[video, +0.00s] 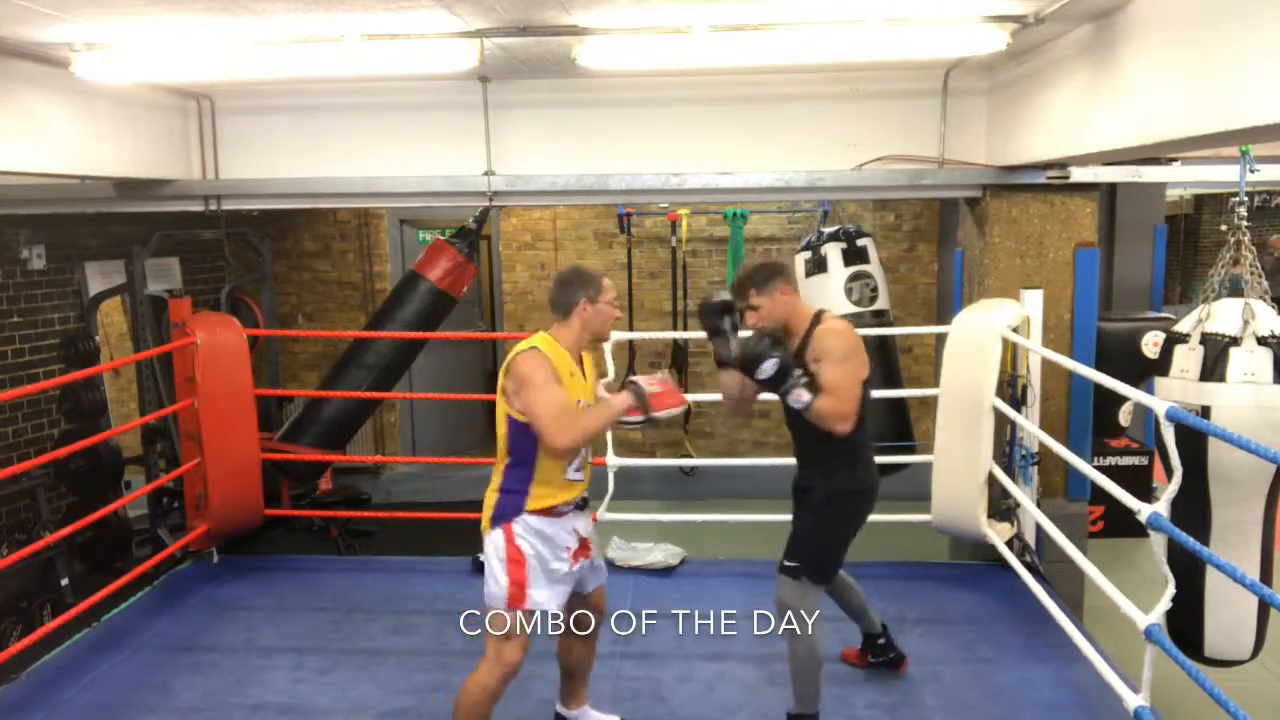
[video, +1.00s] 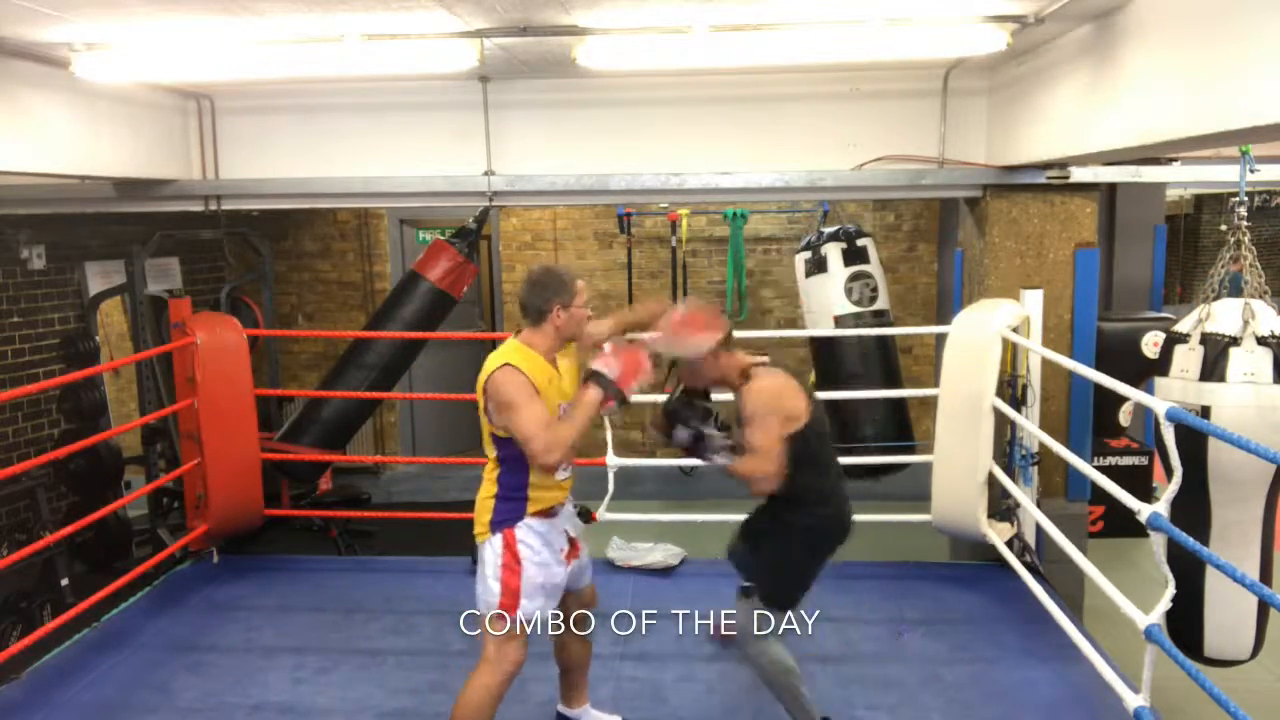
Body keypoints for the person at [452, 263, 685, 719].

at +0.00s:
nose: (617, 314)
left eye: (616, 304)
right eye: (611, 304)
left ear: (583, 307)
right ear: (583, 307)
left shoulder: (584, 358)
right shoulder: (531, 361)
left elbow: (583, 411)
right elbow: (560, 434)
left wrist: (633, 399)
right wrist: (624, 399)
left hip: (569, 514)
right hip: (521, 523)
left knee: (588, 609)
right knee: (505, 656)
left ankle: (573, 708)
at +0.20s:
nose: (619, 314)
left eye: (618, 306)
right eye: (613, 305)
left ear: (584, 308)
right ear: (587, 308)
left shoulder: (582, 356)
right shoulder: (543, 354)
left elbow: (596, 423)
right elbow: (602, 412)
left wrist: (648, 428)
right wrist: (626, 356)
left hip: (562, 515)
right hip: (522, 522)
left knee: (583, 610)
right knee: (500, 654)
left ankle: (573, 709)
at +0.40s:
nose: (606, 312)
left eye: (605, 302)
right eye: (601, 303)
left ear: (566, 309)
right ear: (574, 310)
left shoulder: (539, 354)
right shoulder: (546, 366)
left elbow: (568, 431)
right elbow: (616, 427)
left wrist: (609, 396)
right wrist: (646, 389)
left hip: (554, 518)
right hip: (518, 528)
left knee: (576, 613)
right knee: (502, 659)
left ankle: (571, 708)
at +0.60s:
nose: (601, 309)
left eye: (600, 299)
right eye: (595, 300)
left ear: (564, 309)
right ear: (567, 309)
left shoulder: (568, 354)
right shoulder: (523, 366)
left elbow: (606, 396)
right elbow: (580, 430)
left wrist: (661, 379)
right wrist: (611, 369)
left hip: (553, 516)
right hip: (513, 526)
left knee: (573, 615)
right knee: (494, 653)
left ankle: (571, 707)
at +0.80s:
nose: (604, 306)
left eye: (602, 297)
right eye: (598, 298)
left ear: (566, 306)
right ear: (572, 306)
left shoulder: (565, 345)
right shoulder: (535, 368)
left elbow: (635, 342)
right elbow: (586, 449)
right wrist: (637, 396)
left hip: (562, 511)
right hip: (525, 520)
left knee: (576, 606)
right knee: (502, 649)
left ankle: (571, 706)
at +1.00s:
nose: (588, 313)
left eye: (586, 305)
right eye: (583, 306)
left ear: (555, 314)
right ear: (557, 315)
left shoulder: (566, 347)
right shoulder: (507, 375)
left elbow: (620, 322)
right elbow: (547, 451)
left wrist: (669, 313)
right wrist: (597, 387)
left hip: (555, 514)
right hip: (513, 527)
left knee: (580, 606)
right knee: (504, 657)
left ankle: (575, 706)